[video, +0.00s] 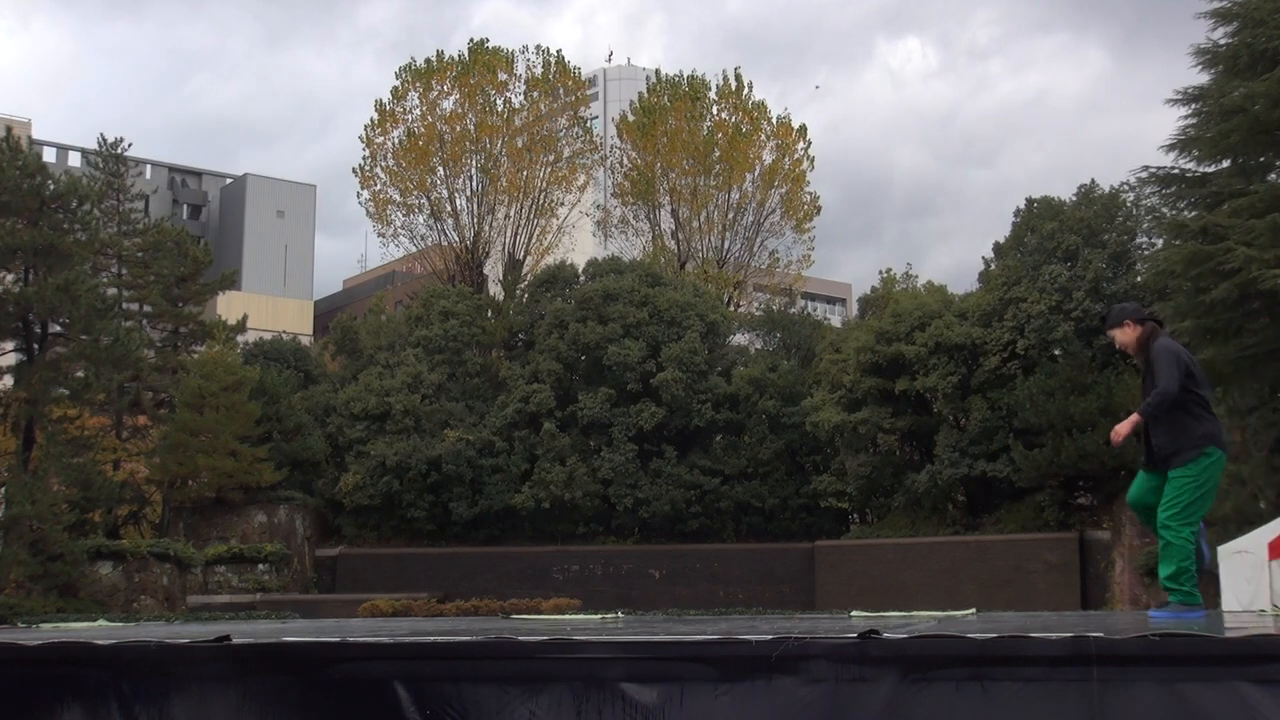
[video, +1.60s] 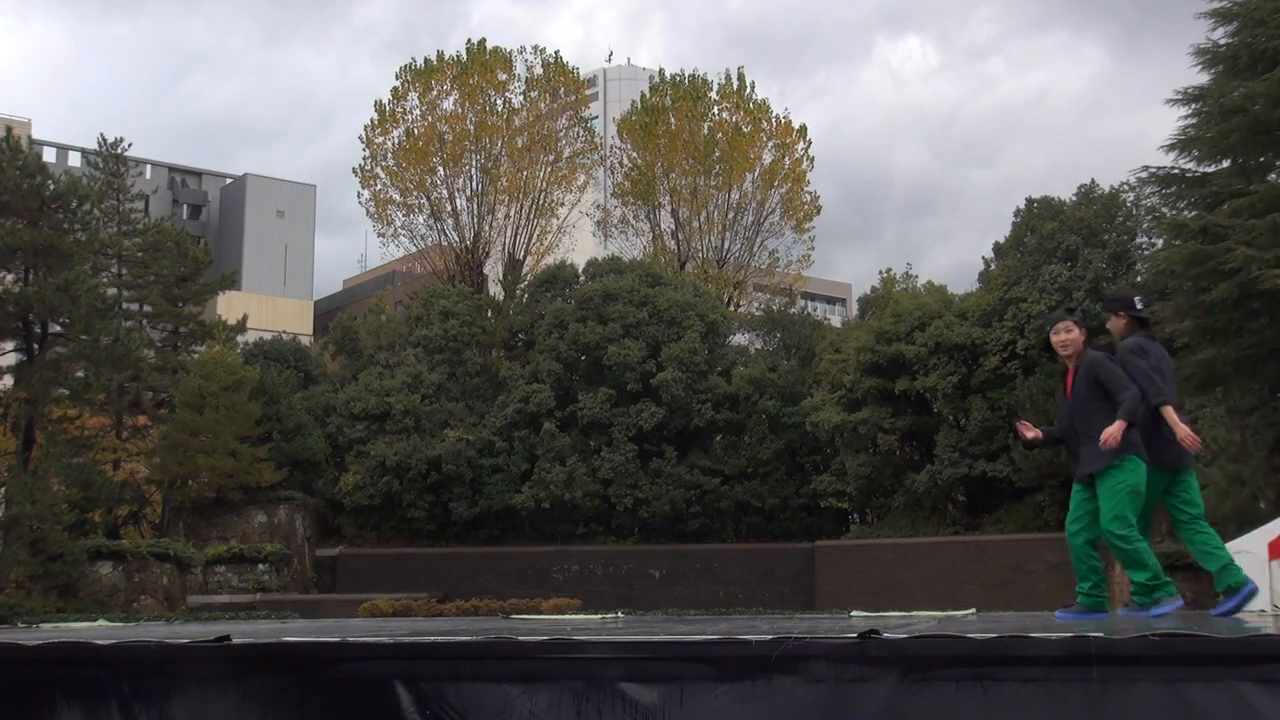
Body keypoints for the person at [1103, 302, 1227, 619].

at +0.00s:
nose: (1116, 345)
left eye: (1115, 336)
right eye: (1113, 339)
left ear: (1131, 326)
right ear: (1131, 328)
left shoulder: (1163, 349)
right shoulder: (1150, 357)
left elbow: (1167, 391)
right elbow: (1168, 402)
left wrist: (1132, 420)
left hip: (1197, 451)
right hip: (1170, 454)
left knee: (1173, 521)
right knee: (1140, 498)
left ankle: (1185, 599)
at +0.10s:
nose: (1115, 340)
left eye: (1114, 332)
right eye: (1111, 335)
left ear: (1129, 321)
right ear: (1129, 324)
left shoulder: (1156, 340)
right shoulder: (1149, 347)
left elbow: (1163, 379)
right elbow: (1183, 397)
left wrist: (1140, 411)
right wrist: (1207, 443)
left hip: (1188, 444)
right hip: (1164, 442)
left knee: (1171, 520)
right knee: (1120, 484)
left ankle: (1185, 599)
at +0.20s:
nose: (1117, 338)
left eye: (1117, 329)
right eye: (1113, 333)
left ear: (1135, 318)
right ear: (1134, 322)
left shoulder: (1157, 334)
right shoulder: (1147, 346)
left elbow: (1167, 369)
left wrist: (1143, 406)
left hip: (1183, 440)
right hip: (1155, 437)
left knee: (1169, 517)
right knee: (1109, 481)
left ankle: (1183, 598)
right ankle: (1157, 443)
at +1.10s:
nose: (1126, 318)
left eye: (1130, 312)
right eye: (1118, 315)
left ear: (1141, 318)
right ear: (1109, 327)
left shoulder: (1159, 341)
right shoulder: (1122, 364)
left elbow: (1197, 371)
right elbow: (1135, 400)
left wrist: (1180, 401)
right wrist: (1123, 426)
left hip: (1164, 446)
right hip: (1124, 443)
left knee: (1161, 523)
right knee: (1076, 483)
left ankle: (1169, 600)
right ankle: (1127, 471)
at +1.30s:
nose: (1106, 322)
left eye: (1110, 316)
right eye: (1098, 319)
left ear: (1121, 321)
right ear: (1090, 330)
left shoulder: (1142, 343)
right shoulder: (1106, 370)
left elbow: (1184, 369)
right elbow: (1120, 408)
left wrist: (1167, 401)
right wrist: (1109, 435)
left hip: (1154, 448)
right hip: (1113, 448)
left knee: (1156, 523)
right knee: (1070, 490)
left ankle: (1170, 599)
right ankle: (1110, 508)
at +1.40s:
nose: (1095, 324)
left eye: (1100, 317)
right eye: (1088, 321)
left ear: (1111, 323)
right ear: (1081, 332)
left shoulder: (1134, 347)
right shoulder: (1091, 375)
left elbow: (1173, 375)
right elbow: (1098, 427)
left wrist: (1152, 403)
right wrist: (1062, 441)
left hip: (1148, 451)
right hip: (1108, 456)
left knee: (1151, 525)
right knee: (1074, 504)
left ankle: (1170, 599)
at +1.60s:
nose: (1062, 338)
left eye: (1069, 331)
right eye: (1056, 333)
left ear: (1083, 334)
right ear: (1051, 342)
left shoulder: (1097, 362)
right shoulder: (1068, 380)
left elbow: (1131, 395)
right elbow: (1068, 429)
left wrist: (1120, 423)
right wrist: (1040, 435)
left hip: (1120, 460)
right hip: (1089, 468)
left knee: (1116, 526)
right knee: (1078, 532)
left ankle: (1162, 593)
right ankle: (1093, 602)